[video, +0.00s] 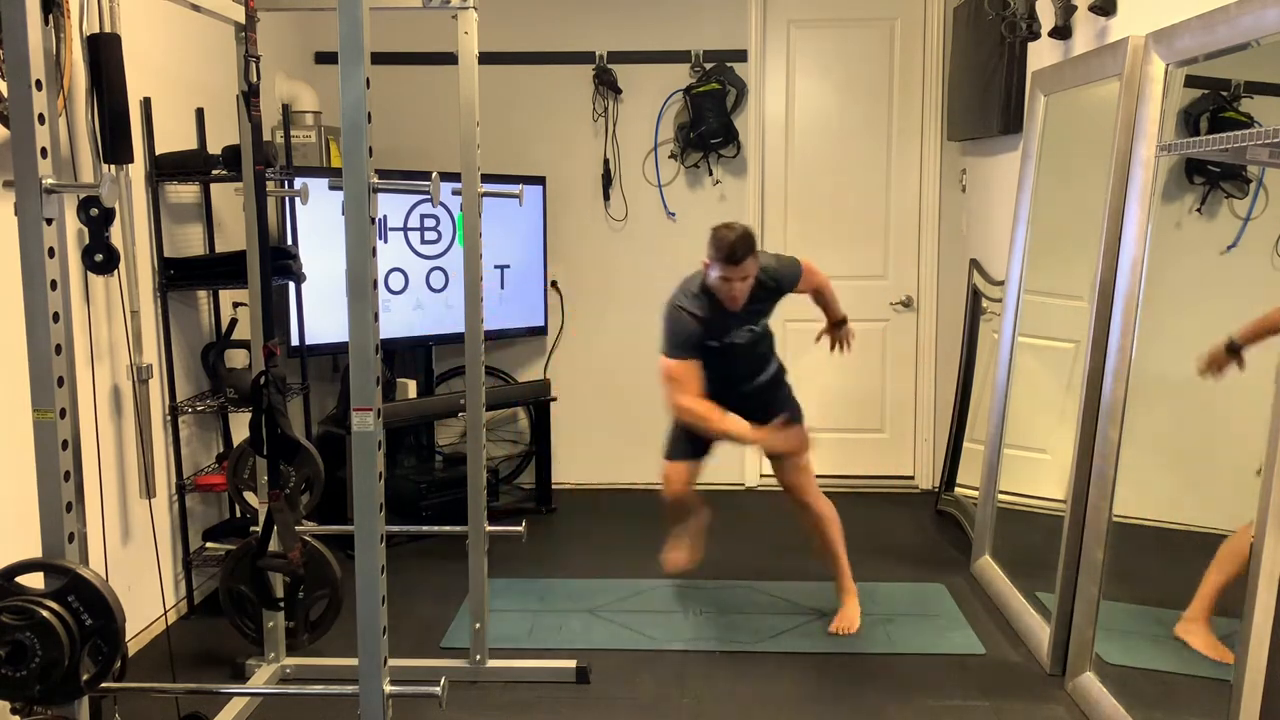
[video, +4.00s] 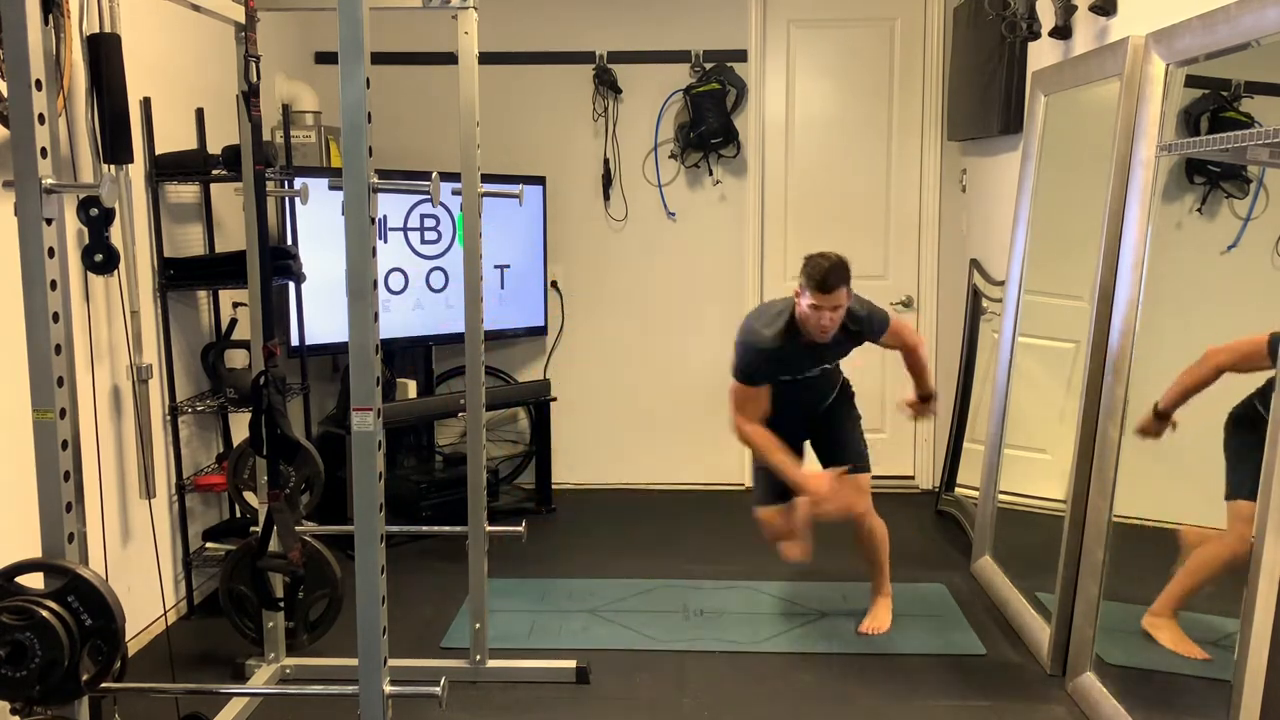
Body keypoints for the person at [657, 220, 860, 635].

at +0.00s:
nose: (737, 291)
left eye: (745, 280)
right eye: (727, 281)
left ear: (755, 268)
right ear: (708, 268)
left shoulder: (772, 274)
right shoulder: (685, 309)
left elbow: (816, 283)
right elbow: (684, 402)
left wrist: (836, 319)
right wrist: (758, 436)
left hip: (763, 387)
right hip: (706, 394)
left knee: (801, 488)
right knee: (674, 489)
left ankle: (848, 590)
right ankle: (692, 519)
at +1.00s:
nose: (635, 321)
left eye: (645, 312)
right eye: (627, 310)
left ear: (664, 302)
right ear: (616, 296)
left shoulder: (675, 338)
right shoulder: (601, 285)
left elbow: (615, 410)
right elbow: (560, 257)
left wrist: (540, 388)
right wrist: (514, 228)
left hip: (639, 409)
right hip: (590, 385)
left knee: (597, 495)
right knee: (577, 491)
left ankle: (531, 502)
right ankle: (546, 592)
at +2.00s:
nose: (822, 334)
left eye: (831, 323)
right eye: (811, 324)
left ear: (841, 309)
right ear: (790, 311)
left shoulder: (809, 299)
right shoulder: (777, 367)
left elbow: (785, 287)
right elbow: (855, 428)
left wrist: (753, 305)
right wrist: (892, 360)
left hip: (827, 397)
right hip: (785, 427)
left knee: (855, 497)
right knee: (840, 485)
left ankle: (869, 593)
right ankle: (882, 507)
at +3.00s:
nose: (626, 348)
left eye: (635, 339)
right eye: (617, 339)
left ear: (648, 325)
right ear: (601, 322)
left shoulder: (661, 355)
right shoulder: (582, 308)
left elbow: (623, 444)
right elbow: (511, 282)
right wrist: (447, 267)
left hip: (616, 421)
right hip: (573, 398)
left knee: (580, 504)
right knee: (556, 489)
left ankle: (523, 520)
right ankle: (545, 589)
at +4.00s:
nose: (826, 320)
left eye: (836, 309)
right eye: (816, 308)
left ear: (847, 299)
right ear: (798, 297)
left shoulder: (859, 318)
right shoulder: (760, 337)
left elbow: (911, 342)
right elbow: (747, 422)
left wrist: (925, 395)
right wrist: (804, 480)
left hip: (829, 400)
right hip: (774, 411)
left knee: (860, 506)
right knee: (772, 522)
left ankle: (882, 595)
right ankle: (801, 514)